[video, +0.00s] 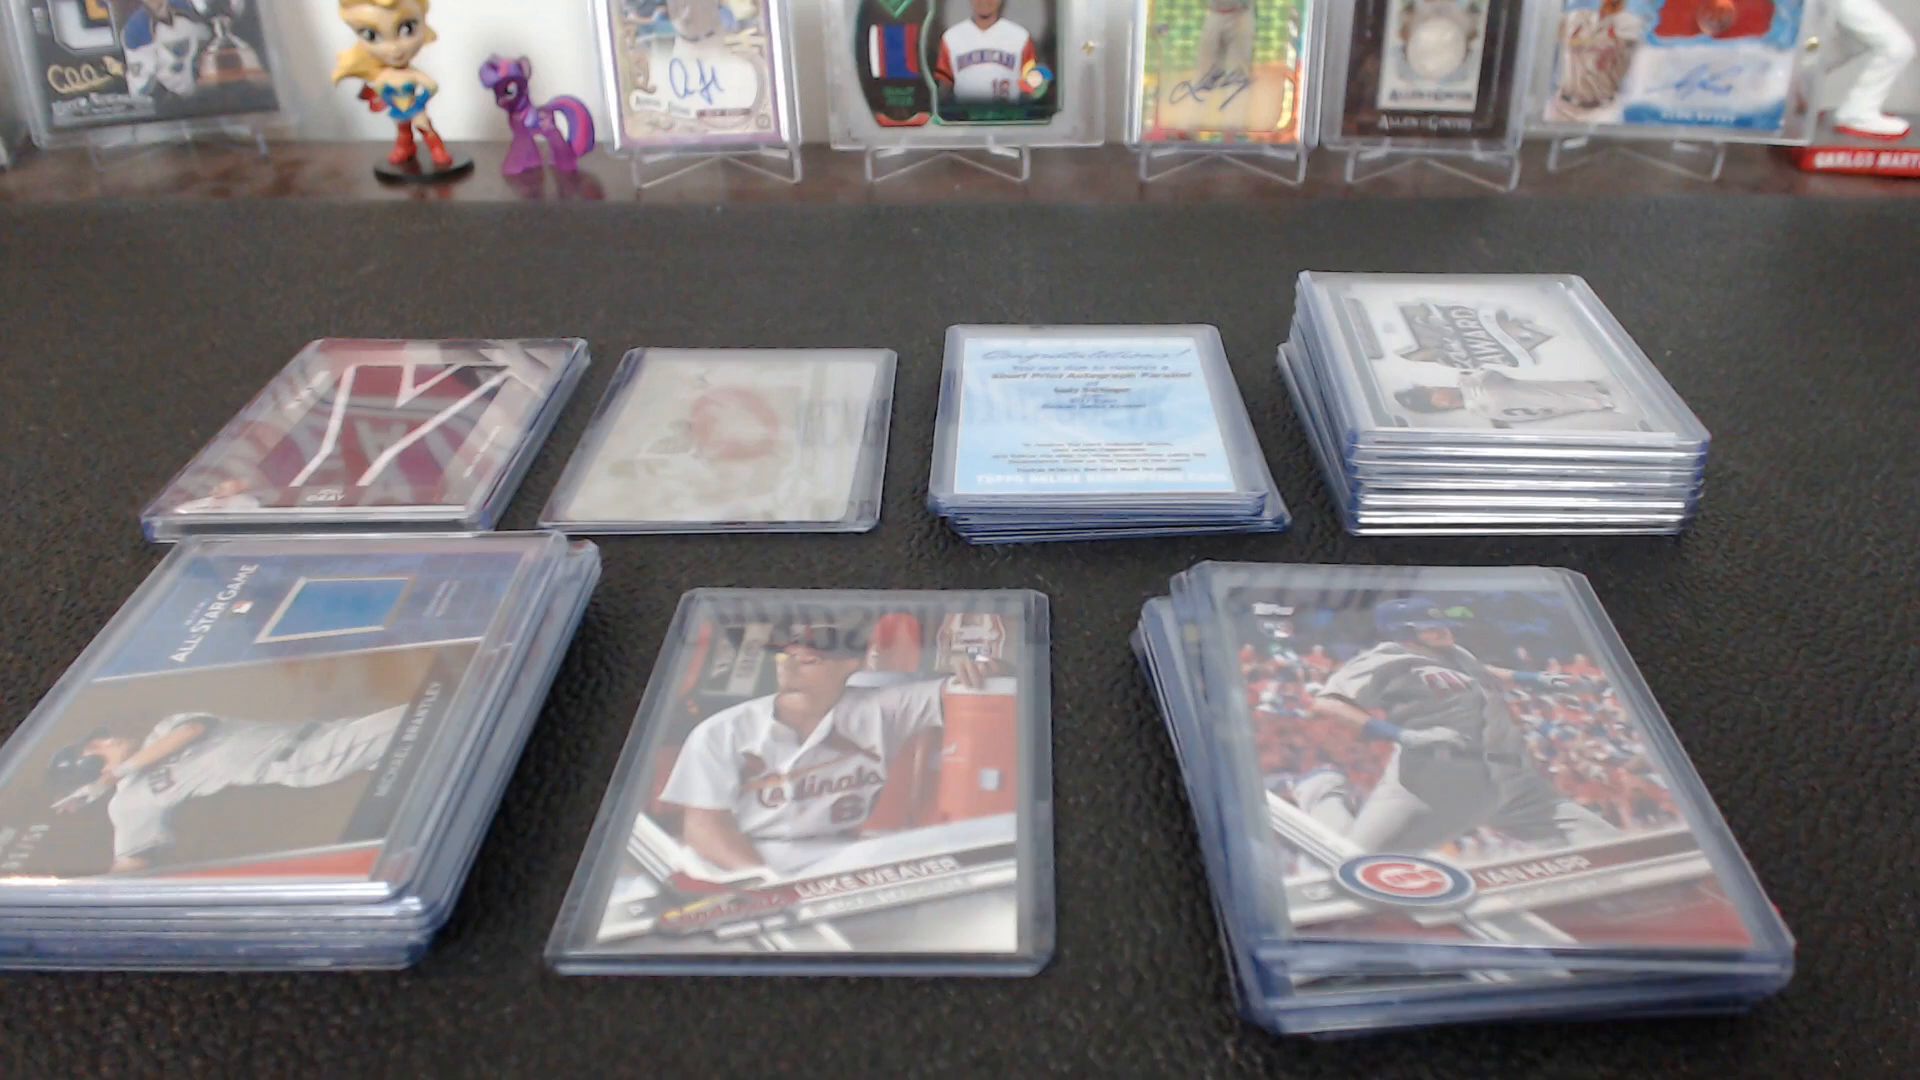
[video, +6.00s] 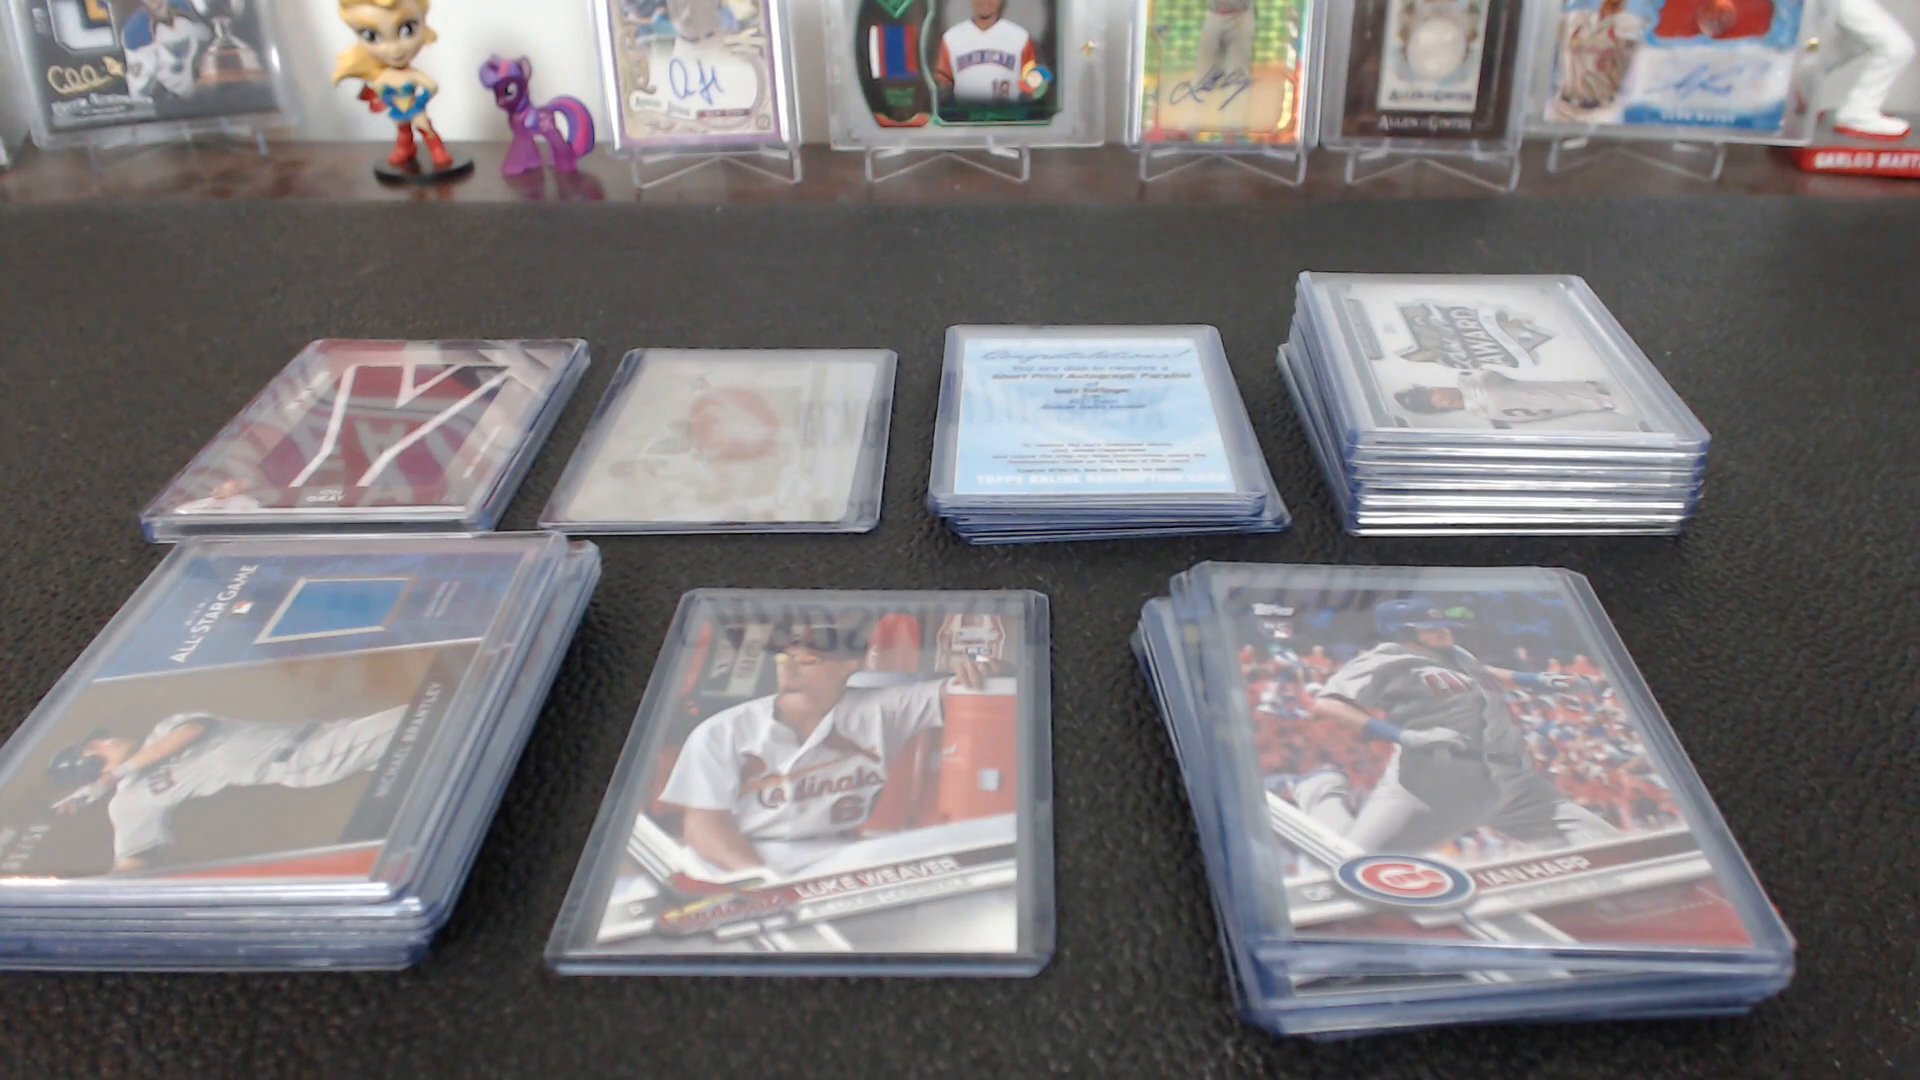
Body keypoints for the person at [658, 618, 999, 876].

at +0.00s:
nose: (799, 655)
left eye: (820, 645)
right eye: (790, 643)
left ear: (852, 662)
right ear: (776, 655)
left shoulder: (876, 714)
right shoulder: (720, 735)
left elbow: (962, 688)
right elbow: (702, 828)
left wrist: (977, 668)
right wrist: (767, 884)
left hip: (829, 871)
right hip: (732, 874)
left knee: (892, 852)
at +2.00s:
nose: (798, 656)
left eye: (819, 647)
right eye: (789, 644)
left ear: (852, 662)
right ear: (776, 655)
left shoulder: (878, 714)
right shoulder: (720, 735)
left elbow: (962, 688)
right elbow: (702, 828)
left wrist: (977, 667)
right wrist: (766, 883)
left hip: (831, 873)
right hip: (730, 875)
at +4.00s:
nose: (797, 656)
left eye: (818, 648)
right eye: (789, 644)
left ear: (853, 663)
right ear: (776, 655)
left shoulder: (876, 713)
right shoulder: (720, 735)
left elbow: (959, 690)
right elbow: (703, 829)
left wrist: (972, 670)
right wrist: (766, 883)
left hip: (827, 866)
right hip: (729, 870)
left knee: (892, 851)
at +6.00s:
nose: (795, 657)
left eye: (817, 647)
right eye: (787, 645)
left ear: (853, 663)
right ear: (776, 655)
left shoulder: (875, 715)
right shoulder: (720, 735)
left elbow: (954, 691)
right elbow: (703, 828)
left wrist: (973, 672)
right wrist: (767, 883)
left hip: (827, 867)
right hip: (729, 872)